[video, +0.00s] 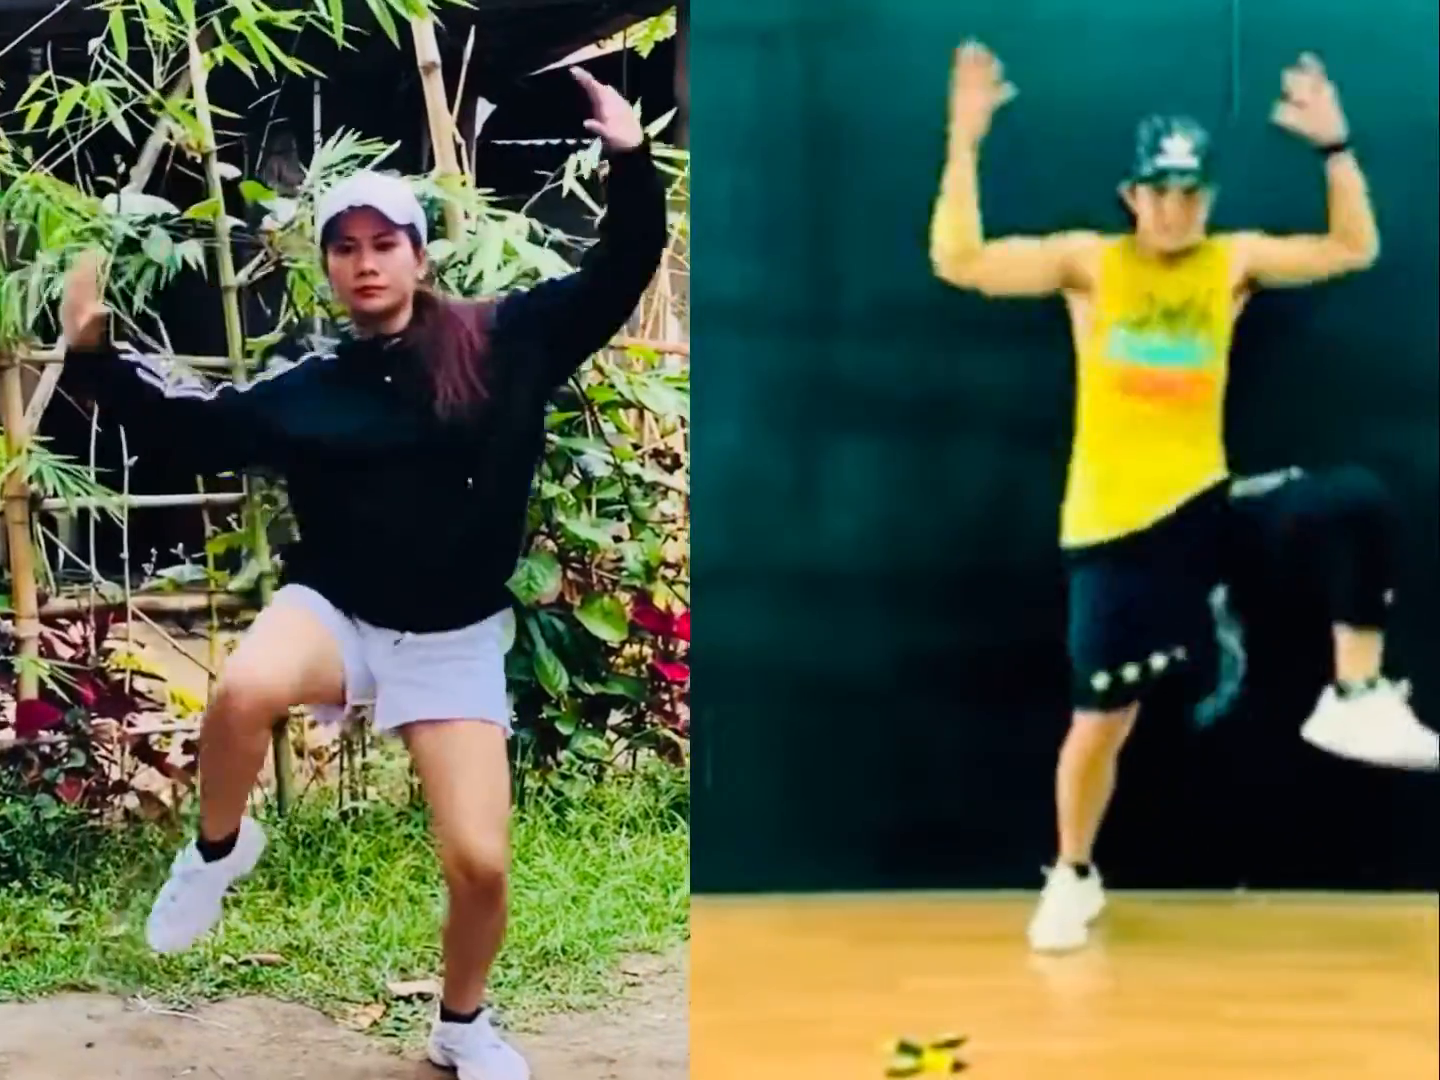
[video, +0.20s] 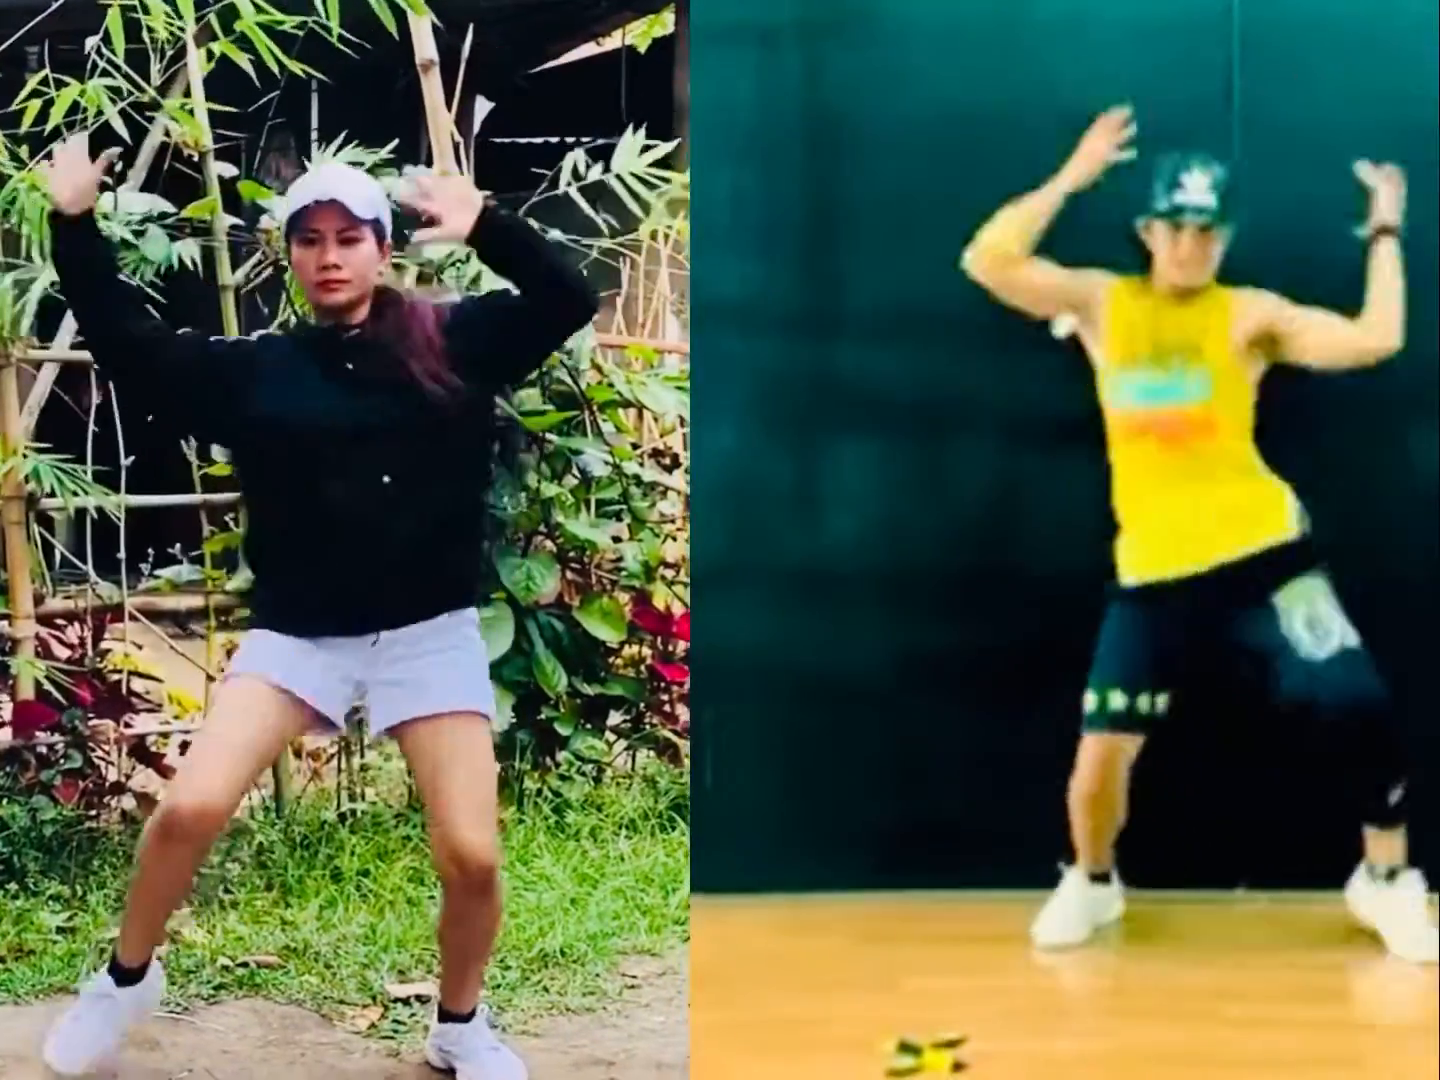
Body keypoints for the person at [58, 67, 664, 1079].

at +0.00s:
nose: (363, 263)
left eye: (382, 243)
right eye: (344, 247)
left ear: (420, 254)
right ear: (325, 268)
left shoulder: (502, 337)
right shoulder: (302, 388)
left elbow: (620, 271)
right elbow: (181, 434)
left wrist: (628, 155)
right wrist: (89, 357)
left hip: (459, 632)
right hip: (333, 612)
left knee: (482, 861)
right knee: (241, 691)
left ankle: (462, 1023)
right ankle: (216, 852)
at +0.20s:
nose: (328, 255)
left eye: (347, 237)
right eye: (309, 239)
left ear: (383, 249)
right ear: (288, 258)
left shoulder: (449, 338)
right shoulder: (250, 368)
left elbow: (568, 300)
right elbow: (128, 341)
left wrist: (482, 223)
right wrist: (75, 220)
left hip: (432, 634)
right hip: (293, 638)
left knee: (474, 855)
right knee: (188, 809)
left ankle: (460, 1023)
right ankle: (125, 981)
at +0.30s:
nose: (293, 288)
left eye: (314, 271)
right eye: (275, 270)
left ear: (345, 288)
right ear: (248, 286)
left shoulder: (400, 377)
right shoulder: (210, 386)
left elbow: (534, 423)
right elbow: (102, 359)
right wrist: (158, 260)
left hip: (408, 647)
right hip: (271, 669)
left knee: (460, 869)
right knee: (173, 859)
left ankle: (461, 1027)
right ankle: (121, 1029)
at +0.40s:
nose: (247, 287)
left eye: (269, 271)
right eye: (228, 270)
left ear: (298, 293)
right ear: (201, 290)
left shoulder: (347, 406)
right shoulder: (134, 403)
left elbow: (473, 441)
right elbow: (22, 414)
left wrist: (511, 333)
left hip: (344, 665)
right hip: (201, 688)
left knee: (425, 872)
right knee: (120, 885)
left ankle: (451, 1037)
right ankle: (107, 1043)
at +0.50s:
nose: (212, 250)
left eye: (232, 232)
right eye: (193, 232)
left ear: (263, 249)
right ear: (164, 249)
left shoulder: (314, 356)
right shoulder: (99, 360)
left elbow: (429, 321)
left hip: (285, 628)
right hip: (140, 648)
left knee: (396, 826)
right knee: (93, 872)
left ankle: (434, 1016)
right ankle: (98, 1046)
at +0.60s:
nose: (182, 229)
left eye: (204, 210)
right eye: (163, 210)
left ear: (235, 227)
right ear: (136, 225)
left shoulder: (272, 330)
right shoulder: (74, 322)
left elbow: (392, 301)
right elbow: (1, 279)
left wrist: (326, 171)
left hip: (255, 593)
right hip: (118, 622)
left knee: (370, 769)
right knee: (90, 852)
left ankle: (371, 923)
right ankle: (95, 1043)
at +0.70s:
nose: (147, 236)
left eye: (169, 219)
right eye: (130, 216)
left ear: (200, 236)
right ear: (99, 229)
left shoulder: (243, 339)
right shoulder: (45, 324)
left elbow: (359, 412)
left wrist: (342, 324)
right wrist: (7, 106)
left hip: (241, 576)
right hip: (111, 618)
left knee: (333, 712)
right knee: (68, 847)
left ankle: (322, 818)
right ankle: (95, 1040)